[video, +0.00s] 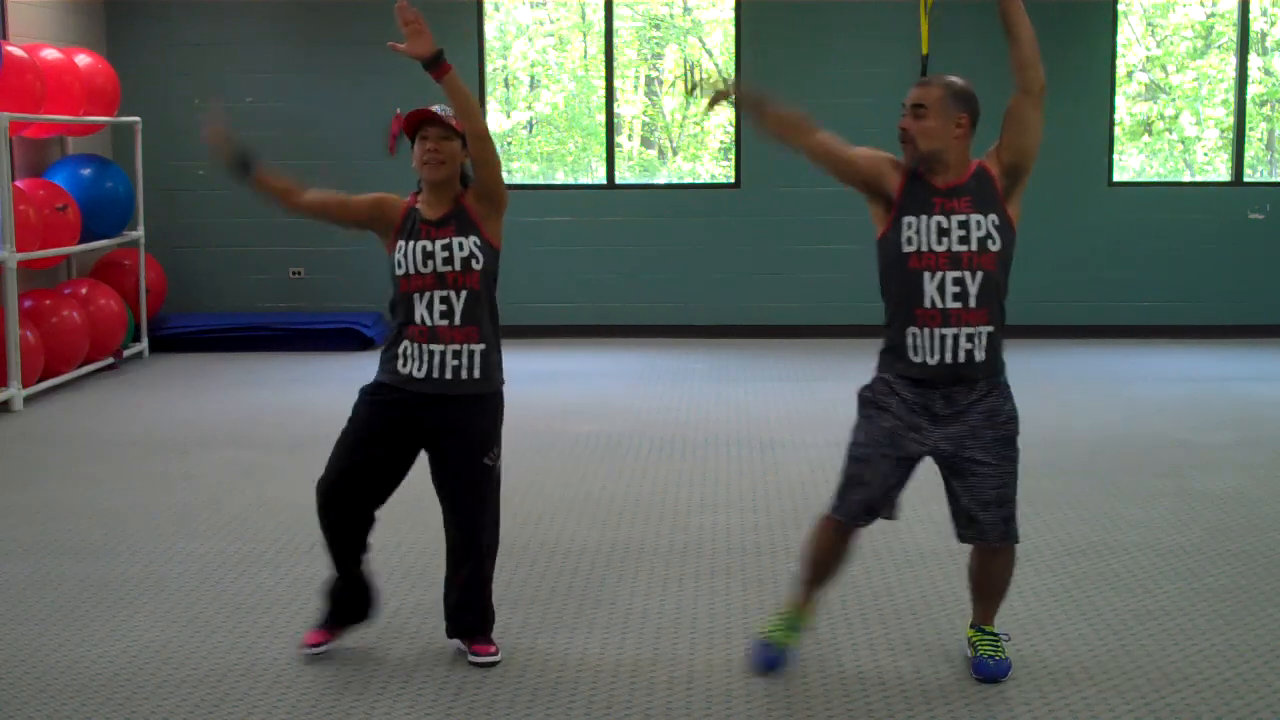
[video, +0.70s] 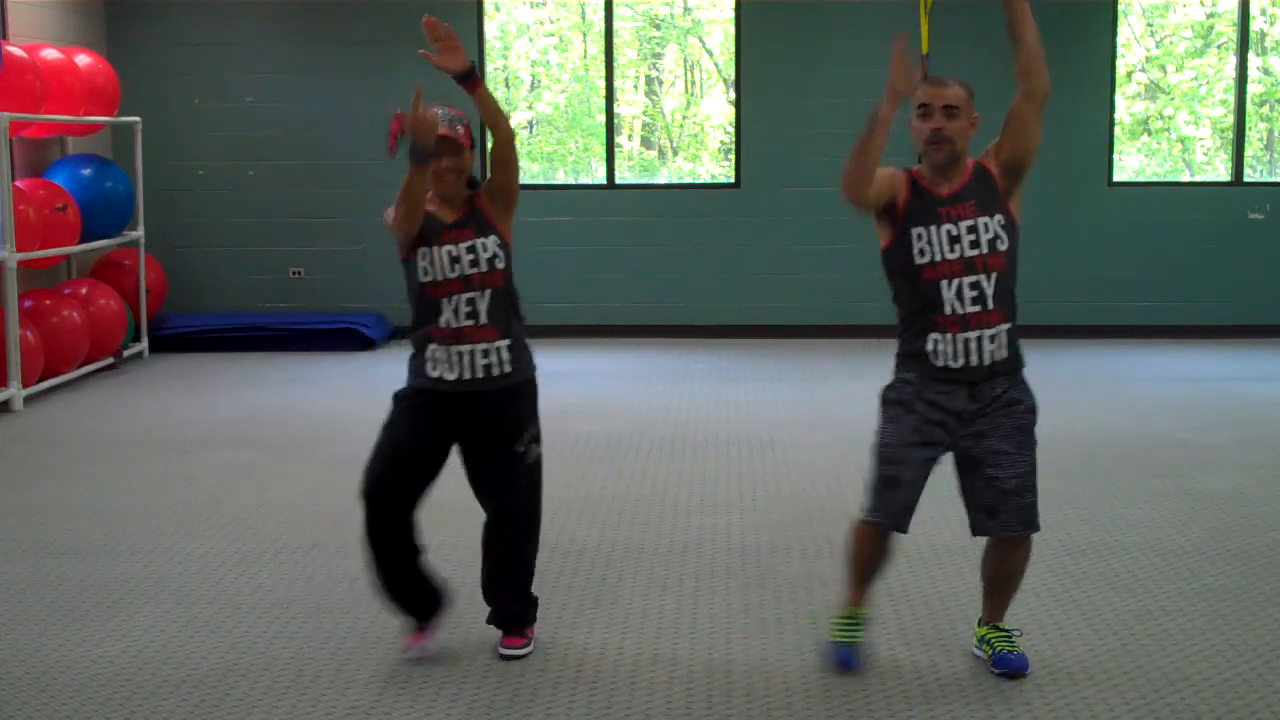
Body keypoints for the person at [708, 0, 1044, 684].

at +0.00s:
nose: (906, 123)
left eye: (920, 113)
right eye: (906, 113)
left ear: (964, 125)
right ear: (908, 122)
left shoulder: (1000, 179)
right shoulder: (888, 180)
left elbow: (1031, 87)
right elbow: (812, 139)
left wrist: (1011, 4)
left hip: (980, 399)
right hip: (899, 395)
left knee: (996, 532)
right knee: (847, 511)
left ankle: (984, 630)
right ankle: (795, 614)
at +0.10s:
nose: (888, 119)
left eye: (903, 110)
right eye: (888, 110)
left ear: (946, 122)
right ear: (894, 121)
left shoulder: (984, 180)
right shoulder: (866, 180)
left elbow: (1019, 85)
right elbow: (775, 175)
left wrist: (1005, 4)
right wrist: (688, 186)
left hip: (960, 398)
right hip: (879, 394)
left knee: (990, 529)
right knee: (815, 511)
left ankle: (982, 628)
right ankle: (750, 612)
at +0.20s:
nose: (871, 118)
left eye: (887, 109)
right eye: (872, 108)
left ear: (930, 123)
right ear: (875, 120)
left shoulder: (964, 178)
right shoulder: (846, 184)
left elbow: (1005, 90)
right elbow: (759, 208)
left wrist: (994, 7)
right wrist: (686, 262)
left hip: (941, 394)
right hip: (857, 392)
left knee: (995, 518)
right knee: (800, 510)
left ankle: (978, 619)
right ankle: (745, 616)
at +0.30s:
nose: (860, 121)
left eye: (876, 112)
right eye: (862, 112)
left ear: (917, 126)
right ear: (871, 124)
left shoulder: (955, 182)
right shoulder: (837, 190)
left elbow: (1000, 94)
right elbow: (759, 236)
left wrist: (989, 6)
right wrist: (734, 314)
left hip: (931, 395)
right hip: (848, 396)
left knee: (988, 517)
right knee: (792, 511)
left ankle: (988, 618)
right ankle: (746, 621)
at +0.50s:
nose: (886, 139)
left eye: (901, 128)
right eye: (882, 128)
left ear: (939, 138)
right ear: (876, 137)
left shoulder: (971, 194)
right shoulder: (857, 213)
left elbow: (1015, 107)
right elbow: (824, 312)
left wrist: (1000, 13)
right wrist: (842, 283)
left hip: (945, 409)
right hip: (865, 408)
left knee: (990, 534)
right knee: (800, 519)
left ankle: (991, 630)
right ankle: (748, 623)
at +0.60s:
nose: (915, 132)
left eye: (930, 121)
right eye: (907, 121)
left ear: (958, 134)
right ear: (898, 131)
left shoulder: (986, 187)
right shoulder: (879, 204)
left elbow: (1030, 101)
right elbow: (841, 268)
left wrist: (1013, 10)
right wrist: (866, 196)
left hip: (975, 401)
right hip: (895, 400)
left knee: (1007, 533)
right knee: (830, 518)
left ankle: (992, 629)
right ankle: (774, 618)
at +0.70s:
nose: (936, 123)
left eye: (950, 112)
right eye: (925, 113)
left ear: (973, 125)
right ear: (913, 125)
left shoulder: (999, 176)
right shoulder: (894, 189)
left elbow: (1035, 89)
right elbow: (855, 187)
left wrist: (1017, 5)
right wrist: (887, 106)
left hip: (998, 388)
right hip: (920, 389)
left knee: (1014, 526)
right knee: (882, 515)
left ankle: (993, 627)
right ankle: (851, 611)